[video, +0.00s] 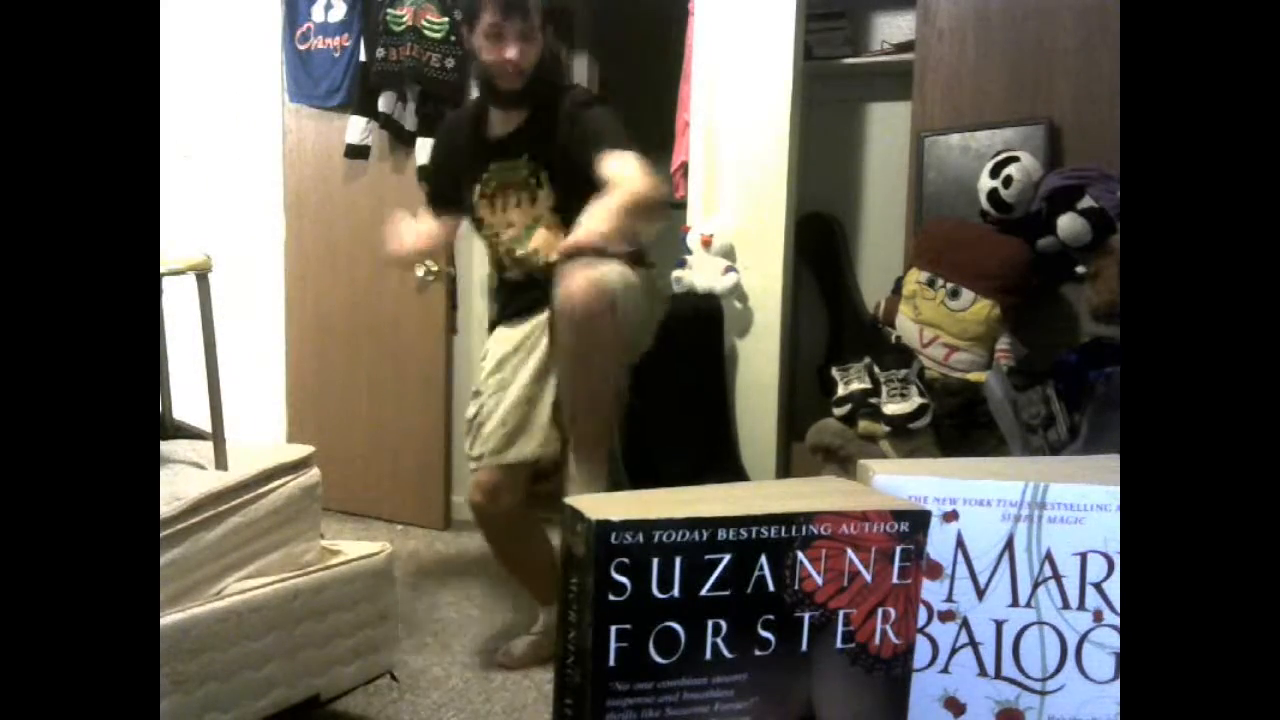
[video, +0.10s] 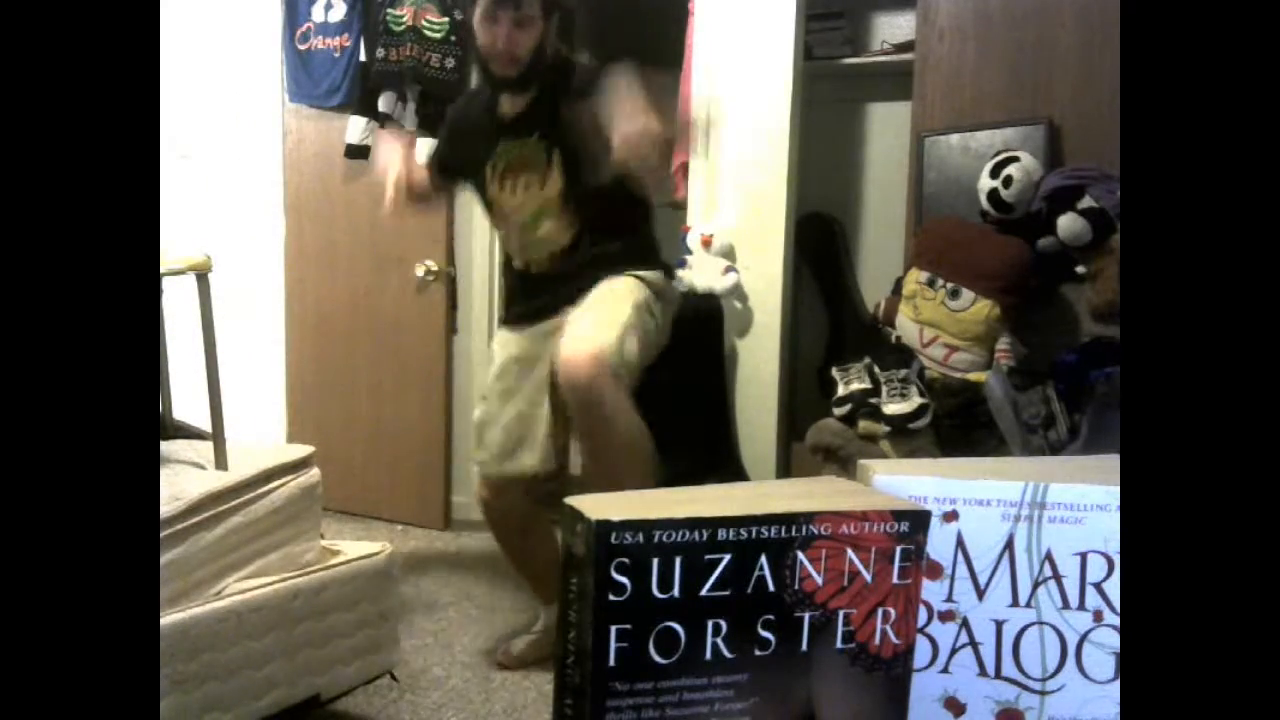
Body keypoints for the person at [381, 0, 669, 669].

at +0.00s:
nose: (510, 54)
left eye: (524, 38)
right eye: (495, 39)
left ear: (544, 40)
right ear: (470, 42)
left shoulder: (573, 112)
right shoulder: (460, 134)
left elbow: (639, 181)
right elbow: (444, 227)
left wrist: (597, 222)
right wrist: (419, 236)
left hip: (611, 293)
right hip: (520, 315)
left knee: (581, 289)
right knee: (492, 496)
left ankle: (588, 475)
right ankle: (559, 607)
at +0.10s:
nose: (505, 38)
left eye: (521, 22)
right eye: (492, 20)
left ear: (546, 26)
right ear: (472, 25)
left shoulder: (585, 84)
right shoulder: (471, 116)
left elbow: (643, 151)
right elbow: (425, 194)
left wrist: (635, 131)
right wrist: (403, 162)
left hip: (618, 274)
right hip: (530, 309)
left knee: (583, 364)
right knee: (504, 498)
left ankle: (642, 556)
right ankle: (566, 609)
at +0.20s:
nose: (520, 37)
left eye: (537, 19)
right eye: (507, 19)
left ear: (574, 13)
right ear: (491, 19)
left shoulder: (630, 65)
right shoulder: (484, 96)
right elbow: (410, 146)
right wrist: (408, 112)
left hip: (634, 283)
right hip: (537, 315)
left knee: (603, 407)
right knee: (519, 501)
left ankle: (687, 566)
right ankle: (565, 613)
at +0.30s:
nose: (539, 41)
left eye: (558, 26)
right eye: (527, 22)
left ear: (591, 24)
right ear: (506, 21)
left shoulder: (637, 71)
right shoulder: (492, 102)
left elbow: (685, 9)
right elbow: (439, 116)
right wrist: (414, 97)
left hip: (646, 295)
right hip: (547, 327)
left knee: (619, 422)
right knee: (517, 507)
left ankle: (706, 576)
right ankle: (565, 613)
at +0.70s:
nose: (649, 276)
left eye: (670, 258)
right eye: (633, 254)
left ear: (700, 233)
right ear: (605, 223)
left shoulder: (737, 255)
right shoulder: (559, 261)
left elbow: (765, 424)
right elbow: (538, 422)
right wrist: (571, 449)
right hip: (598, 439)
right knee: (560, 541)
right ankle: (545, 624)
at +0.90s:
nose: (653, 254)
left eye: (675, 238)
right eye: (639, 230)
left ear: (707, 213)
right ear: (613, 196)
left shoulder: (749, 237)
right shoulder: (562, 239)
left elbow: (793, 387)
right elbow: (533, 391)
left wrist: (724, 370)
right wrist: (575, 423)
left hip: (712, 409)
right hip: (602, 408)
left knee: (738, 512)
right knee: (559, 528)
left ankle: (738, 635)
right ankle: (544, 621)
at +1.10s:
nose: (652, 224)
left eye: (678, 206)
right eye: (636, 197)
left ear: (710, 175)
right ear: (609, 158)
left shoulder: (755, 165)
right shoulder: (561, 181)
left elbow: (820, 289)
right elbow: (512, 333)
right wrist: (540, 370)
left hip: (727, 364)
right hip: (609, 377)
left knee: (715, 509)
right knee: (547, 493)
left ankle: (713, 655)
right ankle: (535, 623)